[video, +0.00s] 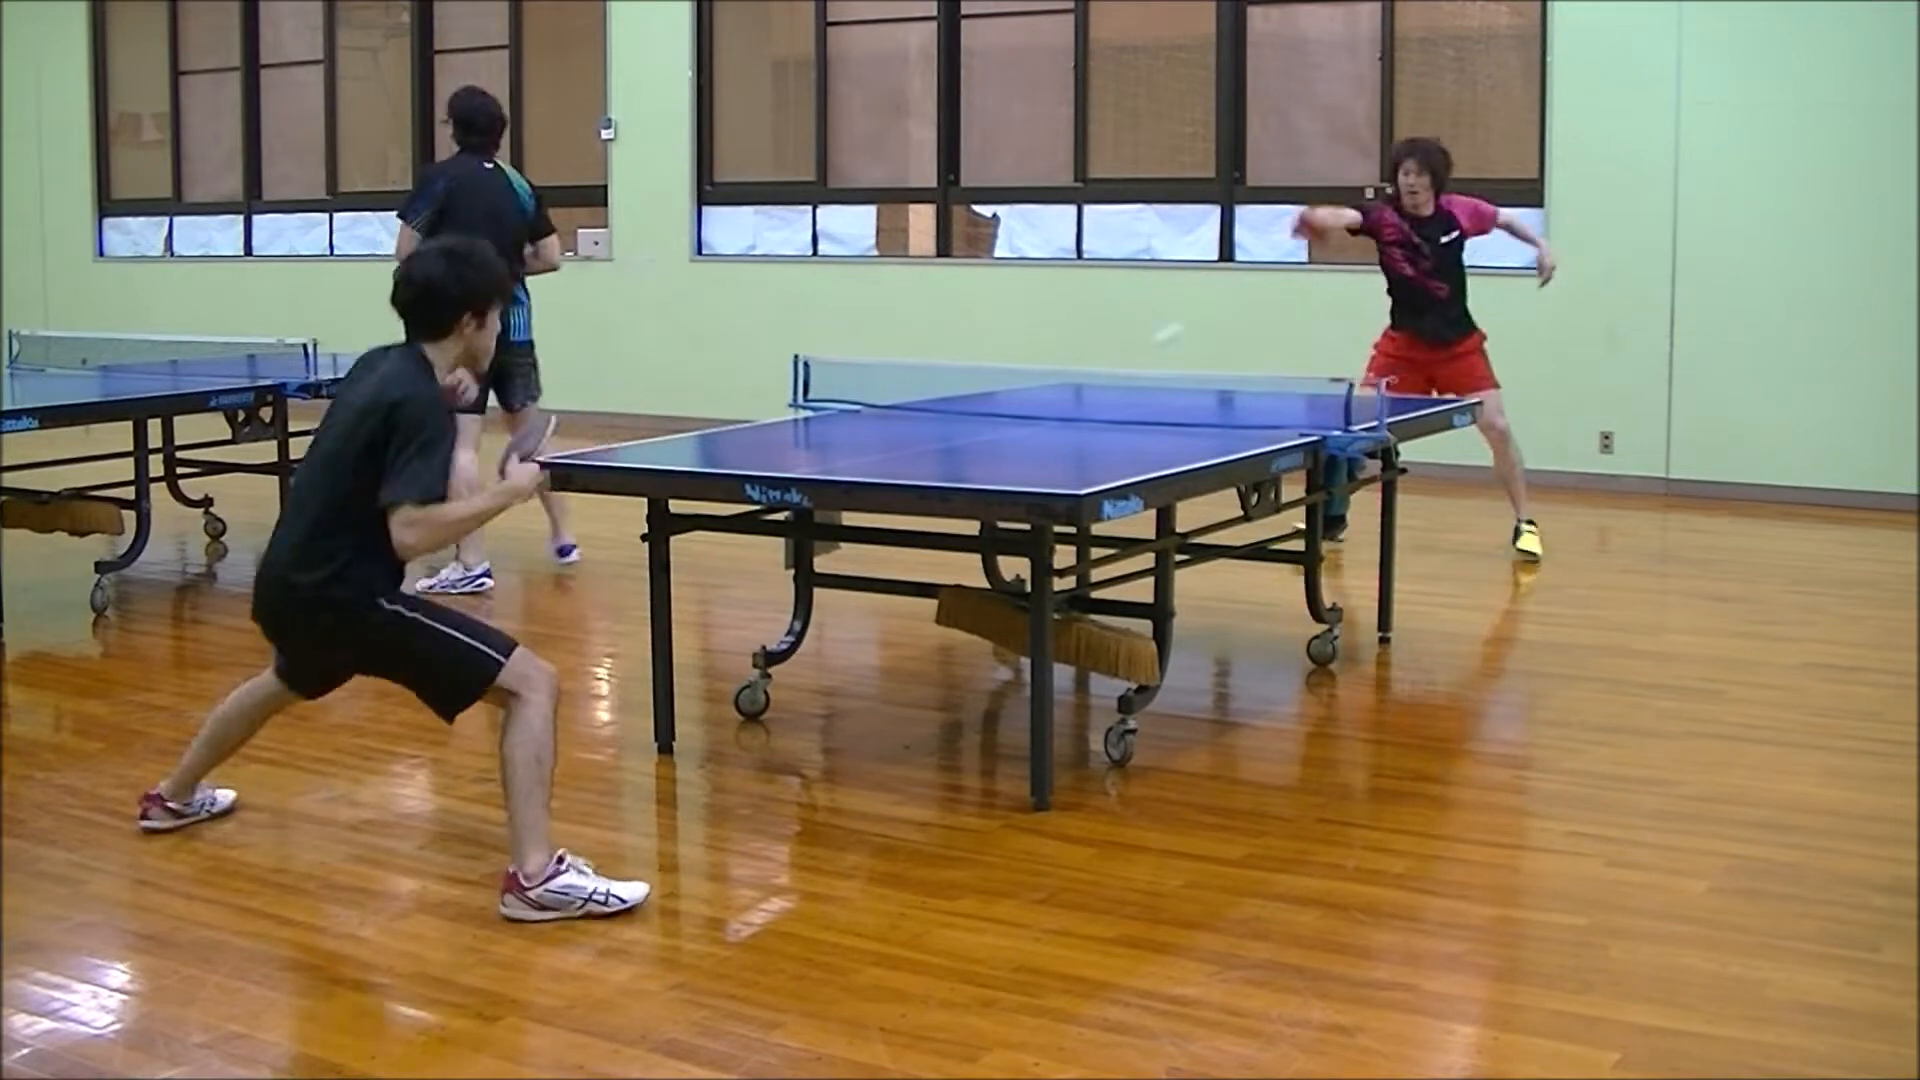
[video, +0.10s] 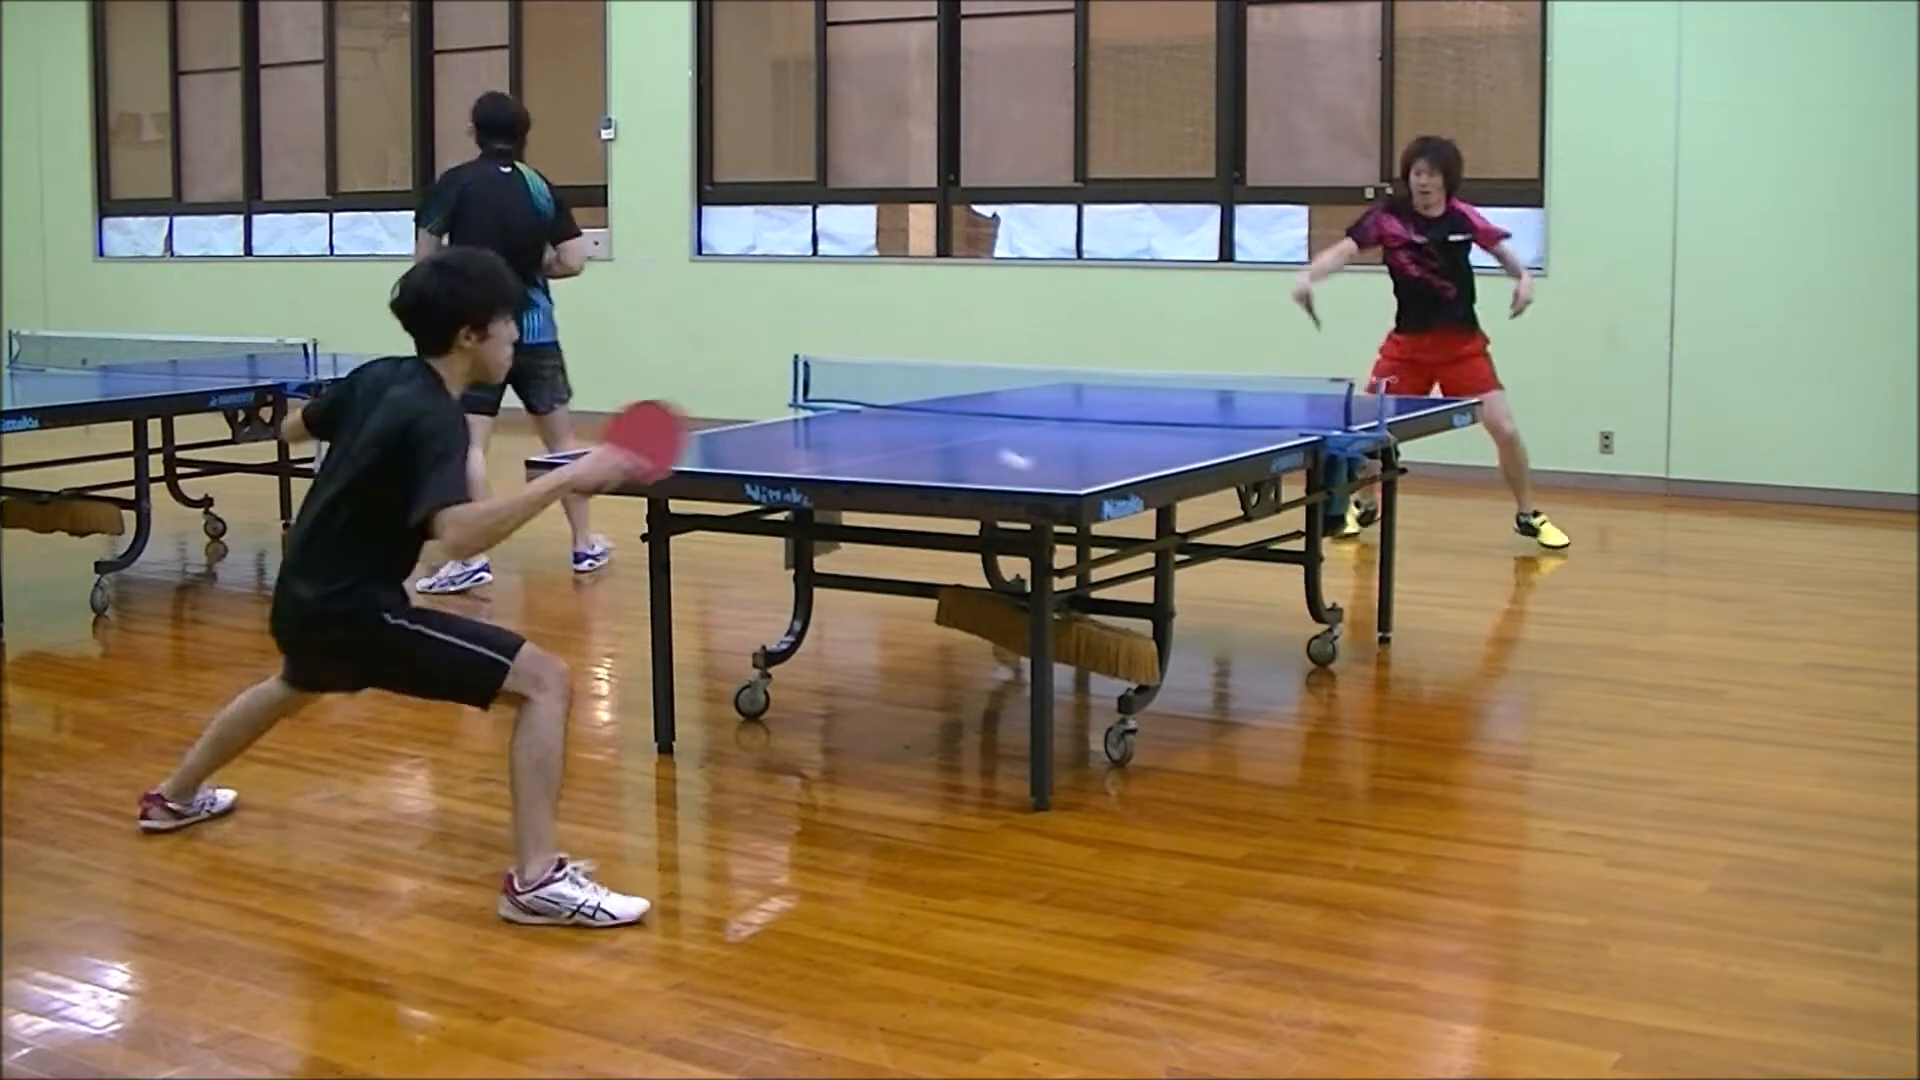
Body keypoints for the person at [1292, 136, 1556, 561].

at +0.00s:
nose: (1410, 183)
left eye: (1419, 175)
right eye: (1403, 175)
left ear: (1436, 180)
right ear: (1395, 180)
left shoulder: (1457, 211)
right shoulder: (1383, 216)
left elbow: (1506, 221)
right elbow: (1343, 218)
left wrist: (1542, 247)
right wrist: (1312, 217)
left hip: (1459, 348)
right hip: (1402, 346)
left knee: (1497, 427)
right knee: (1354, 425)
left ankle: (1524, 522)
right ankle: (1333, 516)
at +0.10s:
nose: (1423, 182)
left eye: (1432, 175)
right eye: (1416, 173)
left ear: (1448, 180)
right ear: (1406, 178)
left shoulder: (1462, 217)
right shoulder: (1387, 218)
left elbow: (1500, 250)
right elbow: (1344, 251)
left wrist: (1523, 278)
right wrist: (1308, 276)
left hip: (1463, 348)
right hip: (1407, 349)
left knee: (1506, 431)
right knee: (1363, 427)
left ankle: (1528, 514)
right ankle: (1368, 505)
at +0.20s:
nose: (1429, 192)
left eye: (1438, 185)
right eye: (1423, 184)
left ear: (1455, 192)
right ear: (1415, 191)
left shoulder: (1477, 234)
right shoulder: (1398, 241)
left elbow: (1515, 272)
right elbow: (1359, 284)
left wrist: (1524, 295)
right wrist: (1324, 319)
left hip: (1475, 360)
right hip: (1421, 359)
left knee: (1517, 444)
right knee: (1374, 433)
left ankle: (1531, 512)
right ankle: (1366, 513)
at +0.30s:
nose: (1440, 186)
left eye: (1449, 179)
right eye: (1433, 179)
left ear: (1466, 184)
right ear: (1424, 186)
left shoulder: (1492, 220)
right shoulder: (1414, 242)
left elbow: (1532, 255)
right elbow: (1391, 292)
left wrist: (1537, 299)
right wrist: (1364, 334)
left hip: (1511, 347)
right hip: (1454, 356)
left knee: (1555, 428)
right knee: (1409, 430)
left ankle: (1562, 503)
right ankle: (1381, 508)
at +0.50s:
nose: (1484, 222)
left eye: (1492, 215)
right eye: (1477, 215)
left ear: (1507, 219)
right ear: (1469, 224)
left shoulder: (1538, 256)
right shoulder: (1466, 274)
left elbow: (1583, 290)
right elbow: (1441, 320)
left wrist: (1602, 333)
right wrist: (1436, 353)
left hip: (1564, 377)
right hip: (1510, 382)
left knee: (1616, 453)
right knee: (1455, 437)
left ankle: (1652, 520)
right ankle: (1467, 509)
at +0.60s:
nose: (1493, 226)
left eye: (1502, 218)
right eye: (1488, 219)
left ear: (1519, 225)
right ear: (1481, 225)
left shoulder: (1548, 258)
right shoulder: (1473, 274)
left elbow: (1591, 290)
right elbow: (1447, 323)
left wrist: (1613, 327)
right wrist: (1452, 356)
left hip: (1567, 377)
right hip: (1512, 380)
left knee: (1618, 447)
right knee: (1451, 433)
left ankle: (1658, 519)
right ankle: (1471, 504)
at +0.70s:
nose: (1481, 212)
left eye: (1490, 204)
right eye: (1475, 204)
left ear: (1511, 207)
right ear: (1469, 208)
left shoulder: (1537, 243)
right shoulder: (1458, 253)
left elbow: (1580, 274)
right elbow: (1432, 307)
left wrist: (1613, 314)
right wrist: (1455, 344)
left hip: (1535, 358)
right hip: (1479, 359)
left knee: (1590, 430)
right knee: (1427, 424)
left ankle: (1627, 512)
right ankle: (1452, 488)